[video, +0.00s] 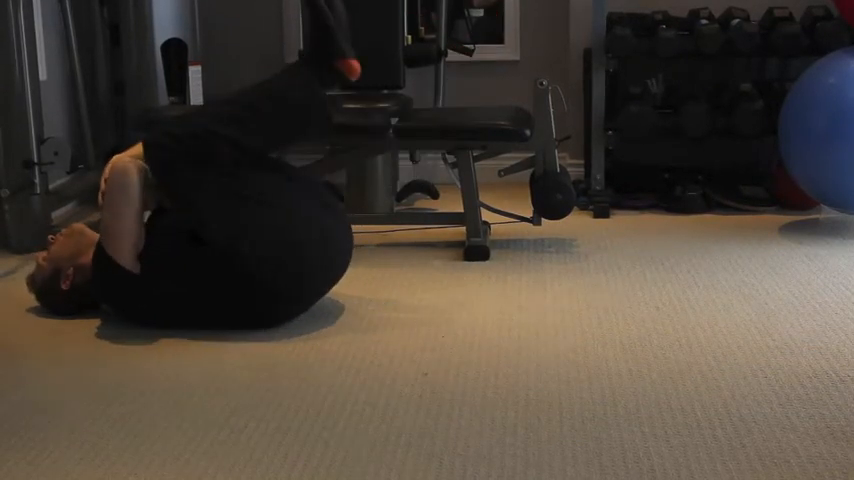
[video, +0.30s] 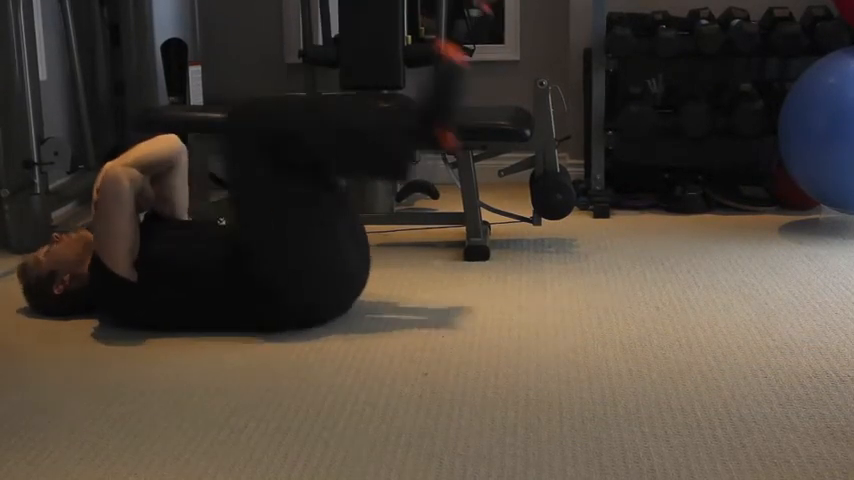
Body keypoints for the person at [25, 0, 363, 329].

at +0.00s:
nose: (50, 242)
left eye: (42, 248)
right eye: (48, 253)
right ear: (70, 277)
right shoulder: (118, 285)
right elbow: (122, 170)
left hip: (323, 235)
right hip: (291, 257)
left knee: (158, 127)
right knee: (158, 140)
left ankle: (319, 67)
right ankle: (315, 70)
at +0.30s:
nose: (66, 232)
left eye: (54, 235)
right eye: (53, 245)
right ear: (65, 283)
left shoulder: (152, 254)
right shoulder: (115, 291)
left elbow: (173, 148)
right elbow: (116, 178)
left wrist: (115, 186)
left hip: (325, 268)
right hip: (297, 285)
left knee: (264, 125)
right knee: (252, 125)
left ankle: (416, 122)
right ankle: (413, 130)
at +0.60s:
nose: (98, 252)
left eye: (91, 251)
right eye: (87, 261)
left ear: (108, 257)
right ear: (94, 295)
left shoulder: (173, 250)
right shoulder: (147, 296)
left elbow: (173, 149)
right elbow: (126, 174)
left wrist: (136, 221)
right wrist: (141, 220)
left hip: (342, 258)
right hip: (335, 289)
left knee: (416, 130)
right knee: (410, 142)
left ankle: (529, 246)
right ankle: (534, 255)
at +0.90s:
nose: (100, 251)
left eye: (93, 249)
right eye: (89, 261)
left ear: (114, 255)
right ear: (100, 295)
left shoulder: (179, 253)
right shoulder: (155, 295)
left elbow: (188, 150)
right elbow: (141, 171)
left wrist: (153, 209)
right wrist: (153, 210)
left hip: (351, 257)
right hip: (340, 288)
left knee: (435, 133)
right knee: (424, 145)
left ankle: (544, 253)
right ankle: (540, 262)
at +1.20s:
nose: (78, 236)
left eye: (68, 240)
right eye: (68, 250)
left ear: (89, 245)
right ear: (84, 284)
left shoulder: (175, 249)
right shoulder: (135, 294)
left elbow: (182, 148)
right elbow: (128, 180)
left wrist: (130, 190)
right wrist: (130, 227)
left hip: (336, 266)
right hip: (311, 287)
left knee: (296, 116)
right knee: (283, 125)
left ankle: (452, 128)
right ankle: (453, 135)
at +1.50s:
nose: (74, 232)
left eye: (64, 241)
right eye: (66, 248)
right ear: (88, 280)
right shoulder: (135, 289)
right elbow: (134, 172)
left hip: (339, 237)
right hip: (303, 257)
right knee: (173, 155)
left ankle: (320, 72)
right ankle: (316, 73)